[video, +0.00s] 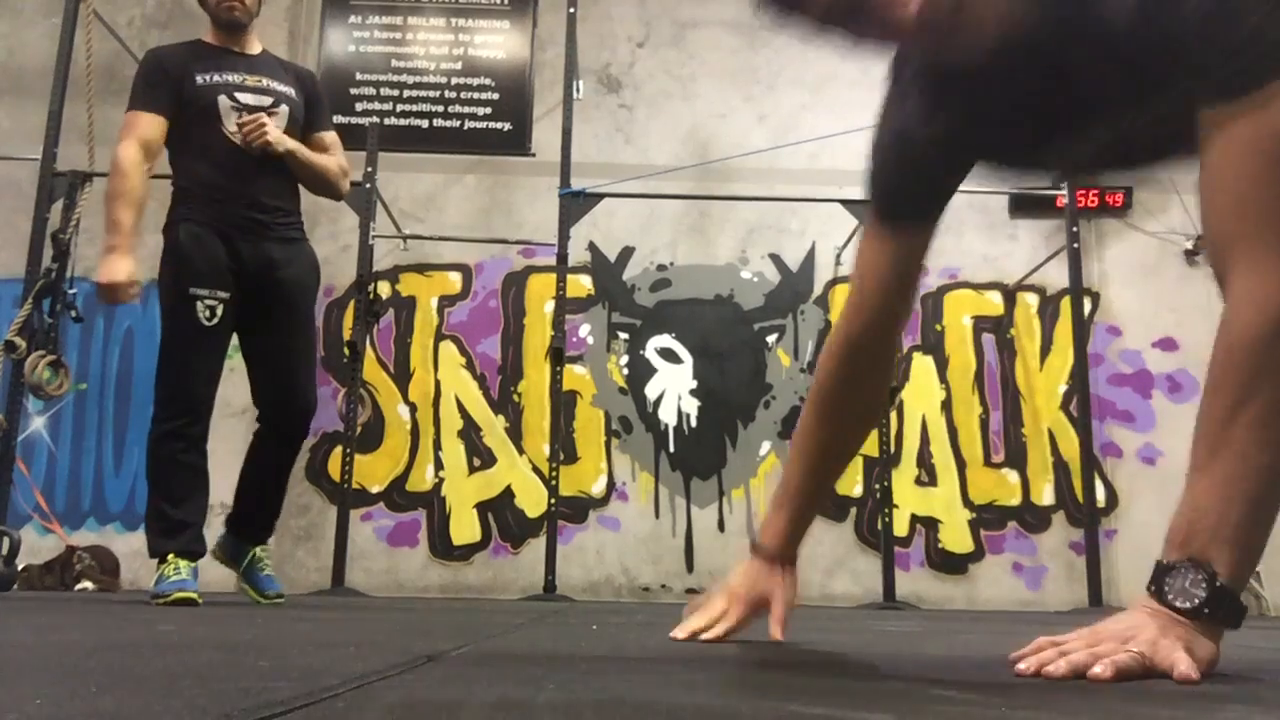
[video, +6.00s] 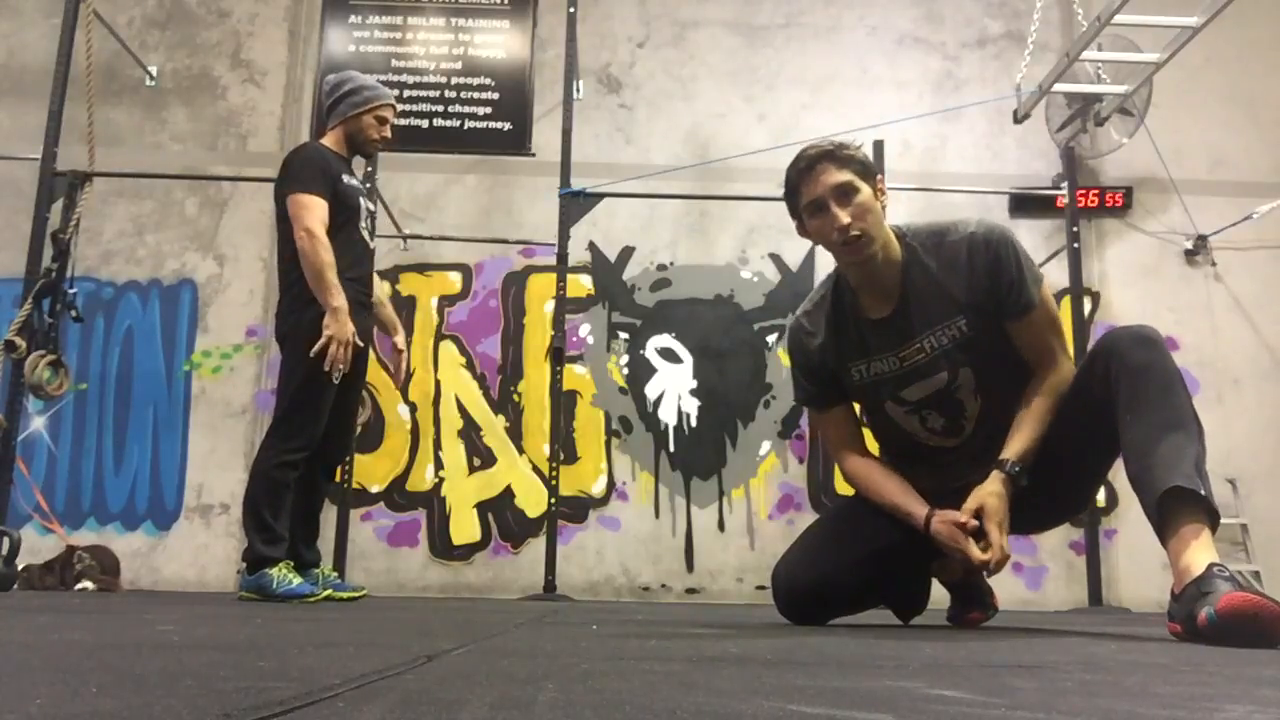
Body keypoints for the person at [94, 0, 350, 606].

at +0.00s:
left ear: (260, 4)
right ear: (204, 3)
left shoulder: (301, 80)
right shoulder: (171, 64)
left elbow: (339, 180)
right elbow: (135, 152)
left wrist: (287, 145)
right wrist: (117, 249)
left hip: (284, 261)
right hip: (201, 254)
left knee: (291, 411)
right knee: (184, 411)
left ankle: (244, 543)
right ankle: (177, 556)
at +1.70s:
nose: (262, 91)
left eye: (270, 83)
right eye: (251, 83)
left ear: (284, 97)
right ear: (233, 96)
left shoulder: (313, 164)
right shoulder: (203, 157)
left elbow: (340, 247)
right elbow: (174, 235)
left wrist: (305, 235)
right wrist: (162, 313)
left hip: (290, 318)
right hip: (223, 315)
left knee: (288, 435)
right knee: (217, 442)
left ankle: (282, 557)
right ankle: (210, 561)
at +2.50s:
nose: (342, 129)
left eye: (350, 123)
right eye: (332, 120)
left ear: (357, 137)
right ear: (309, 128)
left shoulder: (363, 198)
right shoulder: (275, 178)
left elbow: (375, 286)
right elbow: (239, 244)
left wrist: (379, 272)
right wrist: (239, 308)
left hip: (342, 331)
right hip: (285, 321)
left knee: (318, 452)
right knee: (277, 430)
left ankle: (300, 569)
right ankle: (225, 555)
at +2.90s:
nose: (383, 132)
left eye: (391, 126)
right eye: (374, 120)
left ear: (393, 136)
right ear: (347, 122)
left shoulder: (365, 191)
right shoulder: (319, 166)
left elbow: (357, 278)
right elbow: (292, 233)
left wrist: (404, 280)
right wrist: (329, 290)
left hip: (346, 325)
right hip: (315, 323)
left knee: (329, 439)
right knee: (321, 438)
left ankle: (312, 565)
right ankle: (305, 567)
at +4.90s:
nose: (392, 121)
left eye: (396, 112)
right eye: (383, 109)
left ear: (385, 117)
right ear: (349, 107)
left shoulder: (361, 171)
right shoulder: (314, 153)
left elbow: (368, 263)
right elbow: (308, 230)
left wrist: (403, 324)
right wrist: (326, 298)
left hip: (364, 321)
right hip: (329, 314)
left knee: (335, 447)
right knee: (307, 438)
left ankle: (309, 563)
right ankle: (269, 563)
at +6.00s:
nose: (387, 130)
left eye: (389, 121)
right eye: (379, 119)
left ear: (367, 123)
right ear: (347, 115)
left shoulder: (349, 176)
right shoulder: (309, 160)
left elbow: (358, 263)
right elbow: (308, 236)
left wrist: (392, 323)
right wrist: (336, 310)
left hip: (347, 325)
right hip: (314, 321)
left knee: (324, 448)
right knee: (293, 440)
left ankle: (303, 563)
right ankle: (263, 566)